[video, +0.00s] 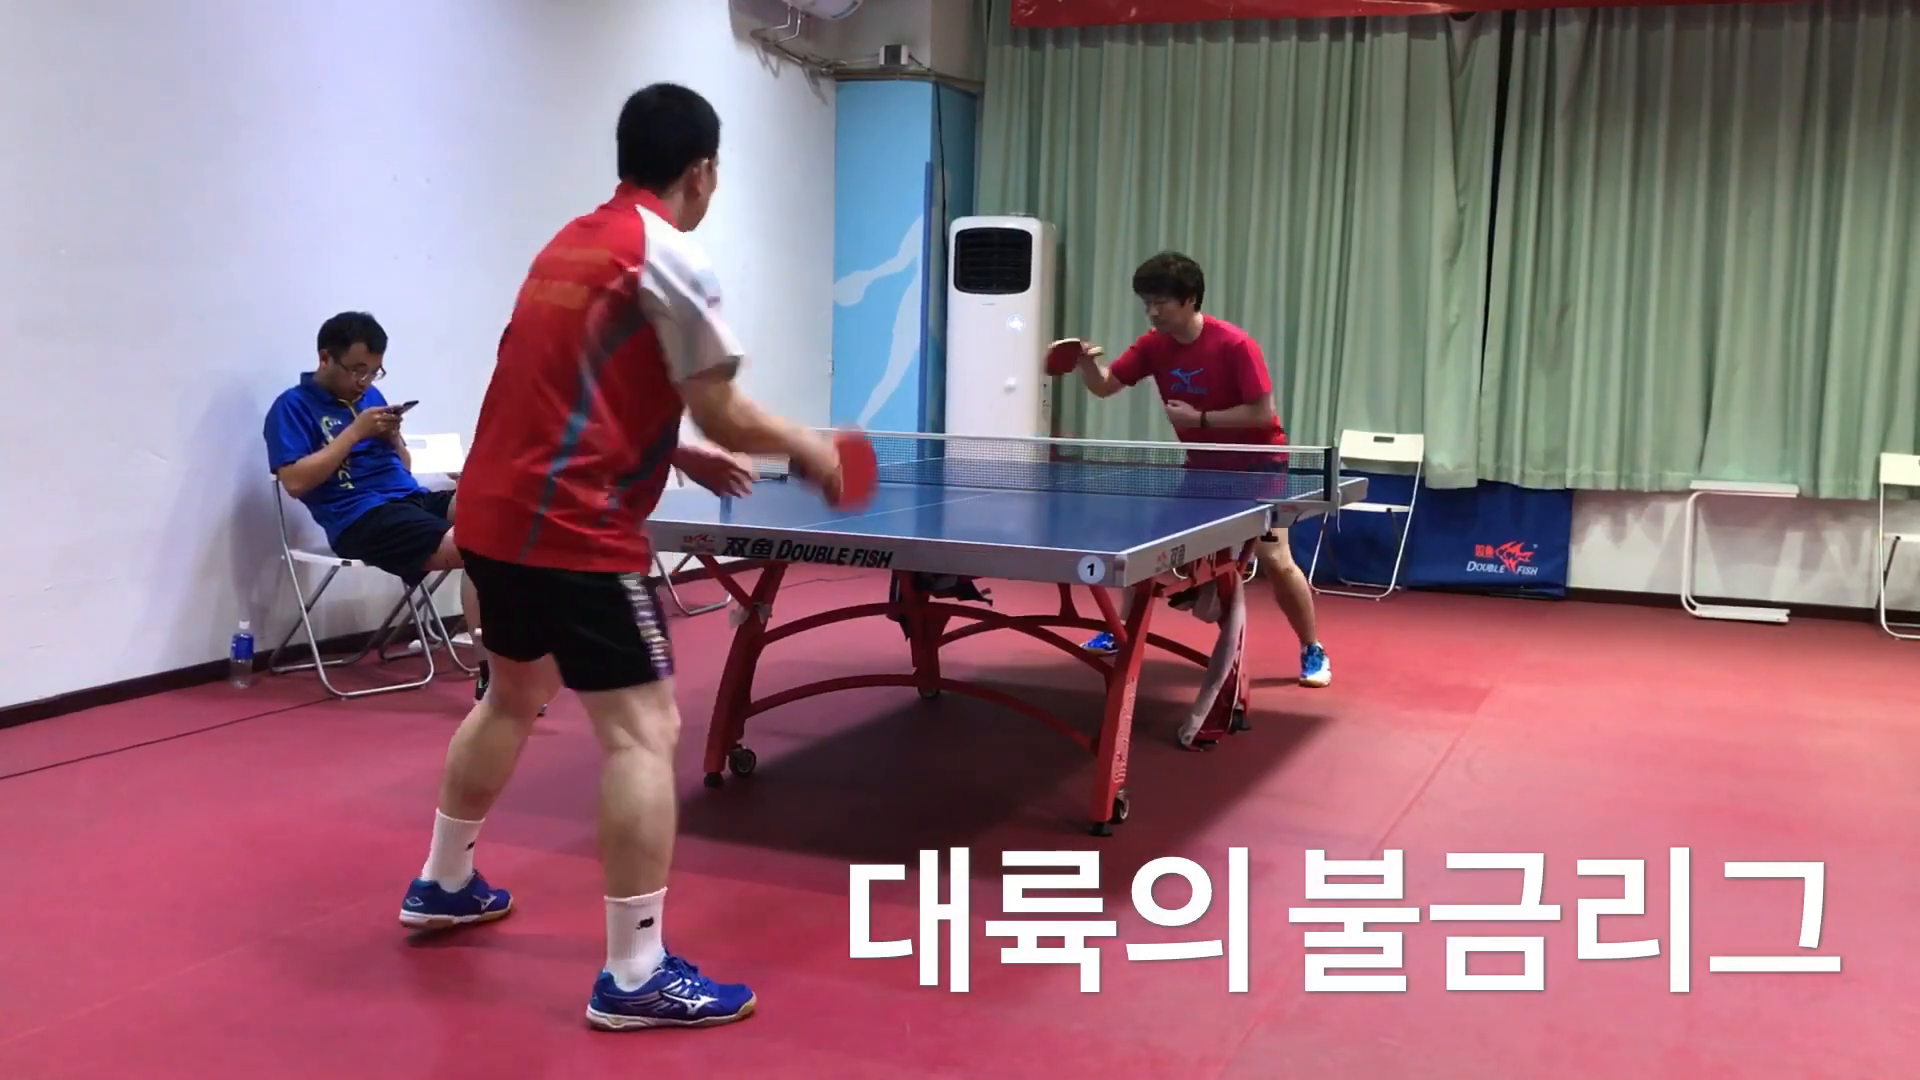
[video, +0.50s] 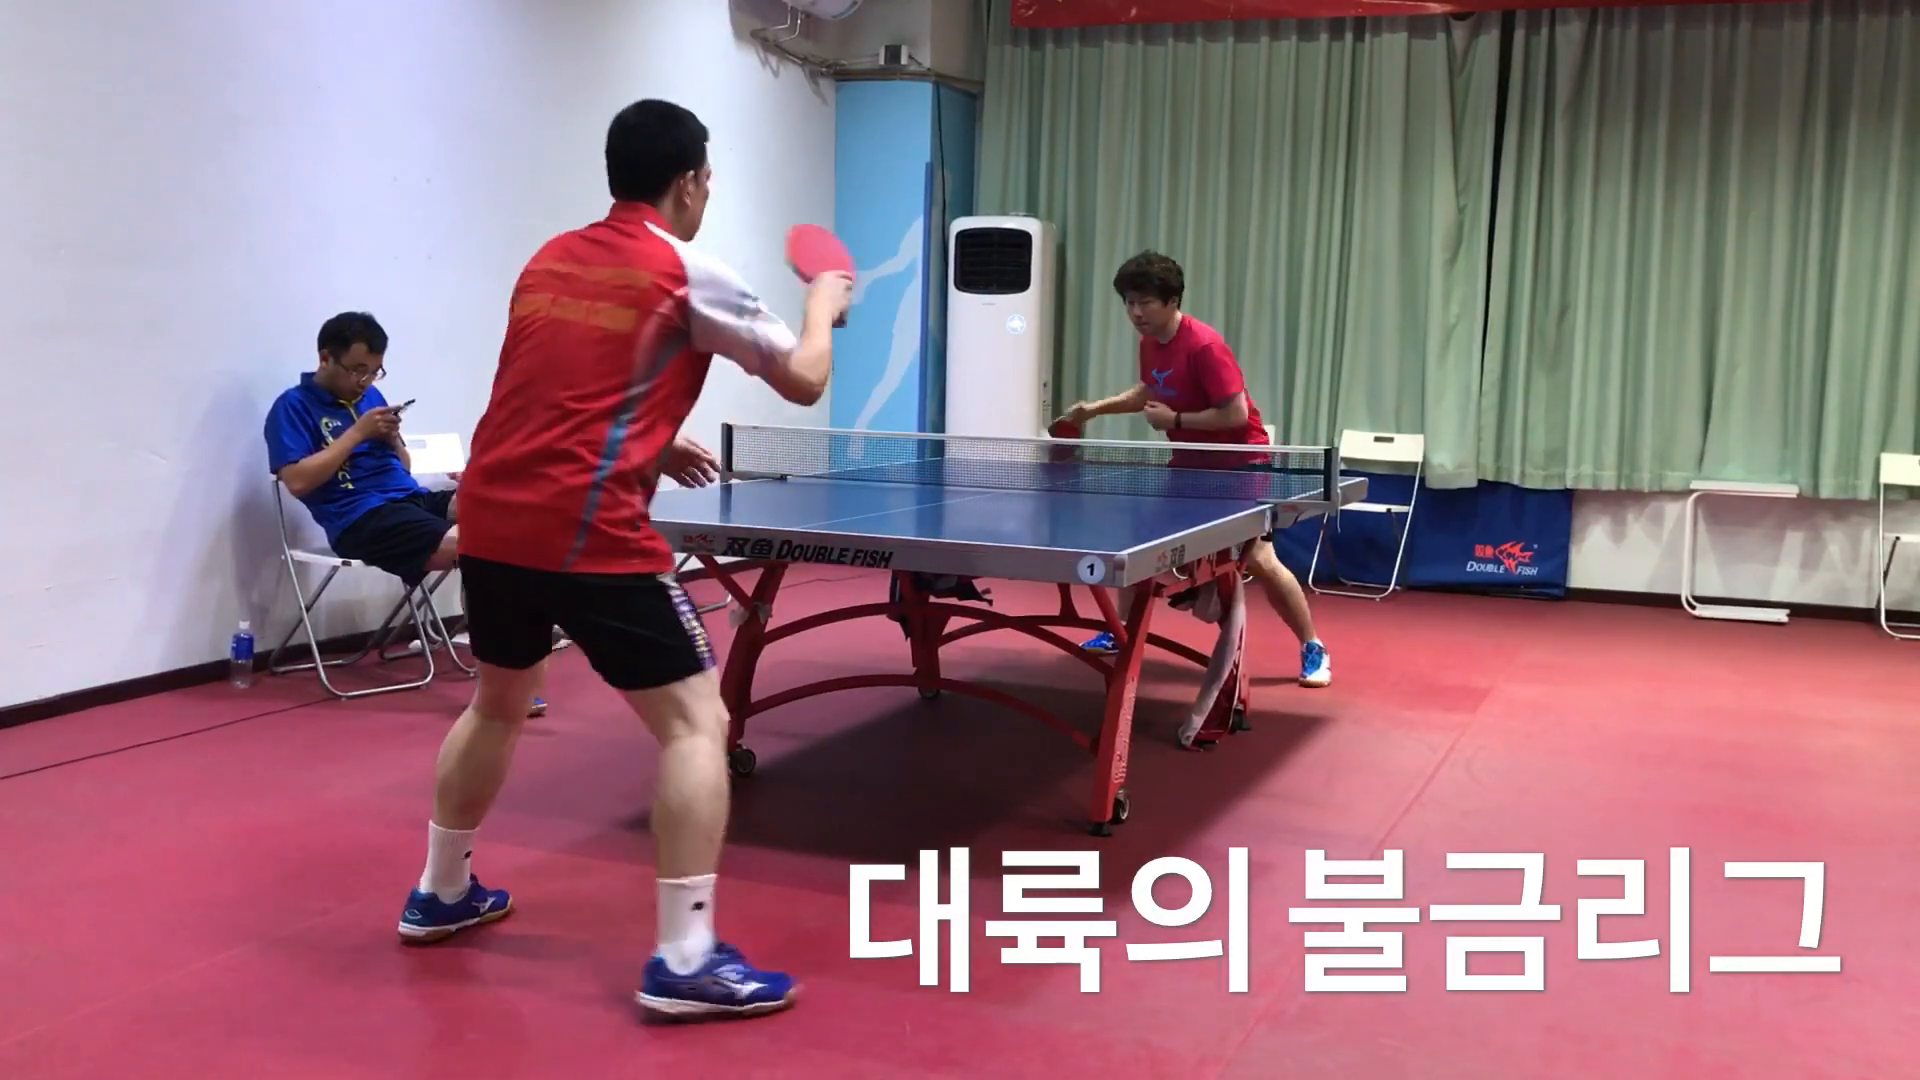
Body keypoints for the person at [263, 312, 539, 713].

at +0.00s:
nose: (364, 381)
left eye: (372, 371)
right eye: (356, 370)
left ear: (379, 365)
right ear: (325, 359)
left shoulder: (370, 397)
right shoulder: (292, 407)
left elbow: (404, 466)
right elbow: (295, 482)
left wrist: (392, 435)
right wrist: (356, 432)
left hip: (412, 501)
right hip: (364, 520)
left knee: (502, 517)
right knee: (480, 546)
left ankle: (527, 668)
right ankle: (490, 675)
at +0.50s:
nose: (366, 381)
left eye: (373, 372)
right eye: (357, 370)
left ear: (379, 367)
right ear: (324, 360)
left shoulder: (368, 396)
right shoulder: (293, 407)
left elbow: (403, 468)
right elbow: (297, 482)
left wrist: (392, 436)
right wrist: (357, 433)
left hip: (411, 502)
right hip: (365, 520)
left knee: (505, 516)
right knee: (480, 549)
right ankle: (512, 681)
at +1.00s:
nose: (368, 382)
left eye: (375, 372)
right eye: (359, 371)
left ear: (381, 365)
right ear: (326, 358)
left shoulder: (370, 397)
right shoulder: (292, 407)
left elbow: (404, 468)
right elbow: (300, 482)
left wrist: (393, 438)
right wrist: (360, 432)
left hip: (410, 500)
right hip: (363, 520)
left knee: (490, 498)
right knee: (475, 547)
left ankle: (494, 607)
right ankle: (492, 676)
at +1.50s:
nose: (365, 381)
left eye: (372, 372)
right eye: (357, 371)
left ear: (378, 367)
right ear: (325, 359)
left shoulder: (368, 396)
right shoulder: (292, 408)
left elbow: (403, 466)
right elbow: (298, 481)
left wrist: (392, 436)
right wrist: (359, 431)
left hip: (411, 502)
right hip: (365, 520)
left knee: (502, 517)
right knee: (483, 548)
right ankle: (505, 683)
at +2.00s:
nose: (365, 382)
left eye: (373, 372)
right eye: (357, 371)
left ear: (379, 366)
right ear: (325, 359)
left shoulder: (370, 397)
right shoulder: (291, 408)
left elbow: (403, 469)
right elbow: (297, 483)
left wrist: (393, 436)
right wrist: (356, 432)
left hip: (411, 501)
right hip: (364, 520)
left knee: (499, 518)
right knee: (472, 551)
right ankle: (493, 673)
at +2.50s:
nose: (365, 382)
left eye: (372, 372)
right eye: (357, 371)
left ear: (378, 367)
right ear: (325, 360)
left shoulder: (369, 397)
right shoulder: (291, 408)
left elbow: (403, 466)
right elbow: (296, 482)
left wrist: (391, 435)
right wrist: (358, 433)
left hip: (410, 502)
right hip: (363, 519)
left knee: (502, 536)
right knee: (478, 555)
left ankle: (507, 673)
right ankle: (506, 680)